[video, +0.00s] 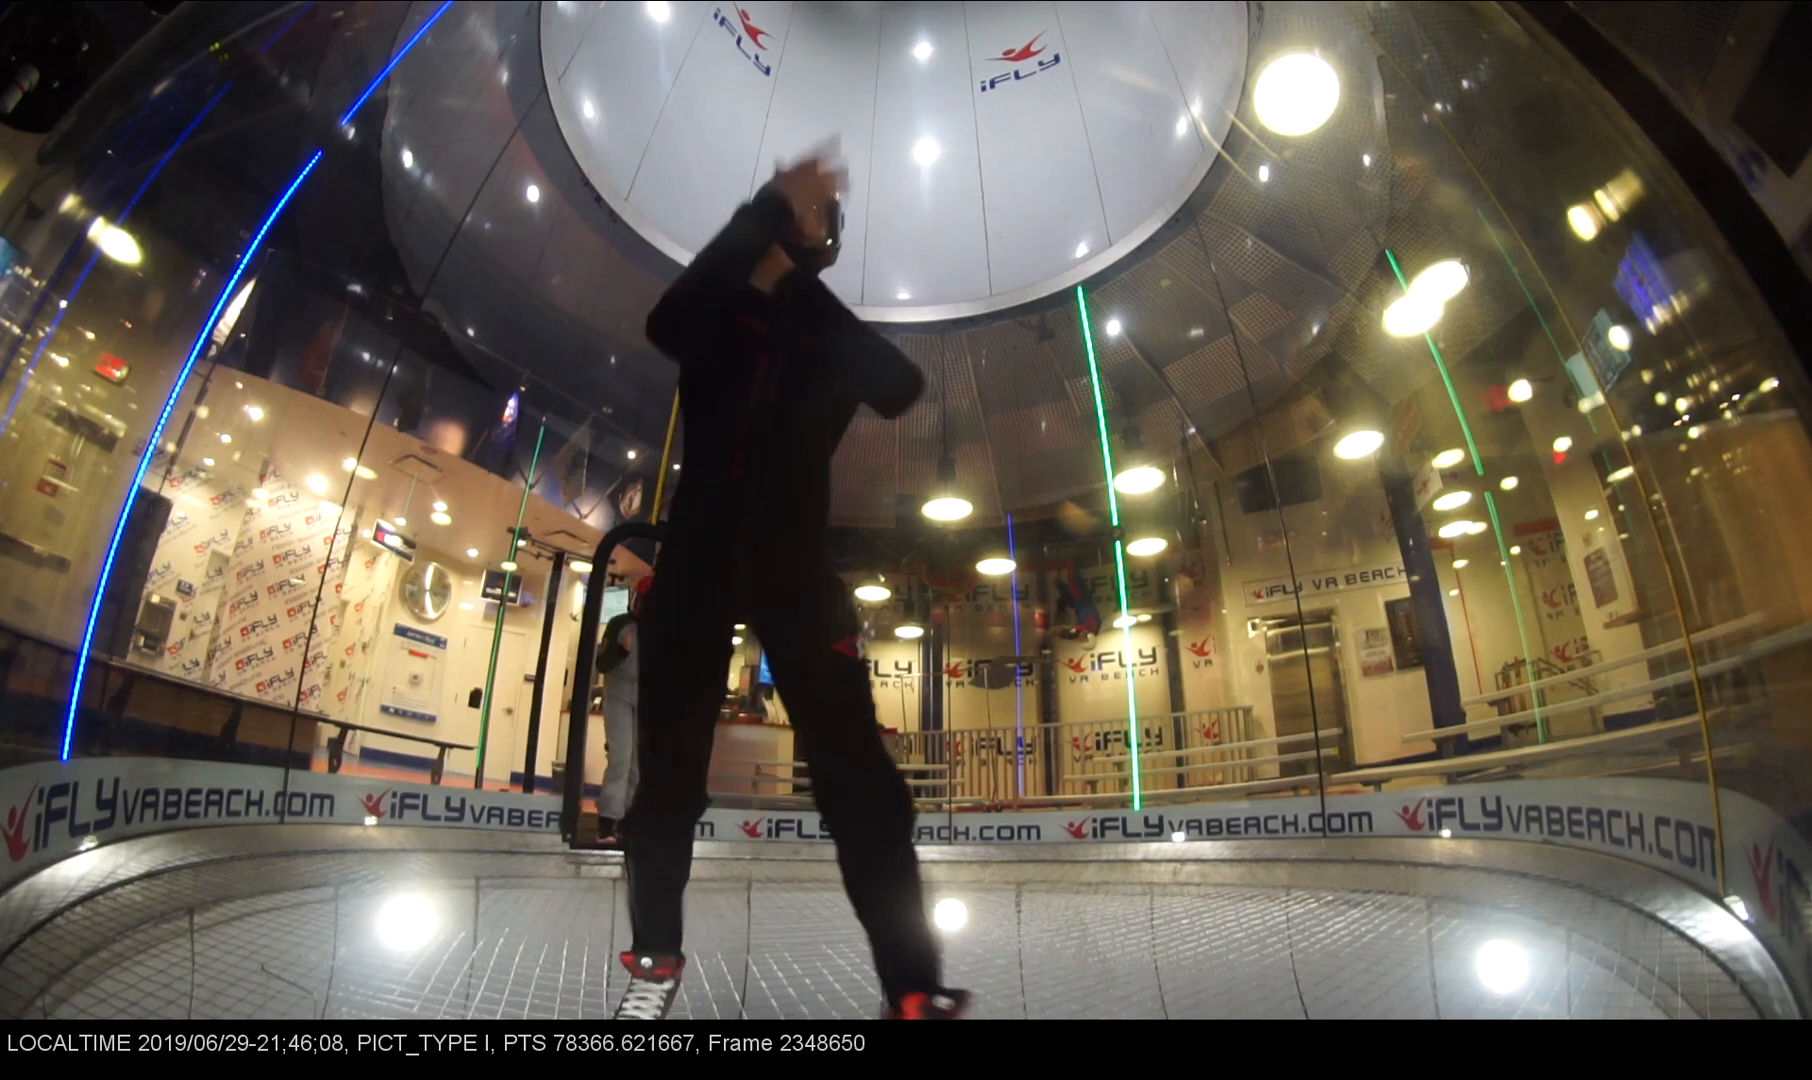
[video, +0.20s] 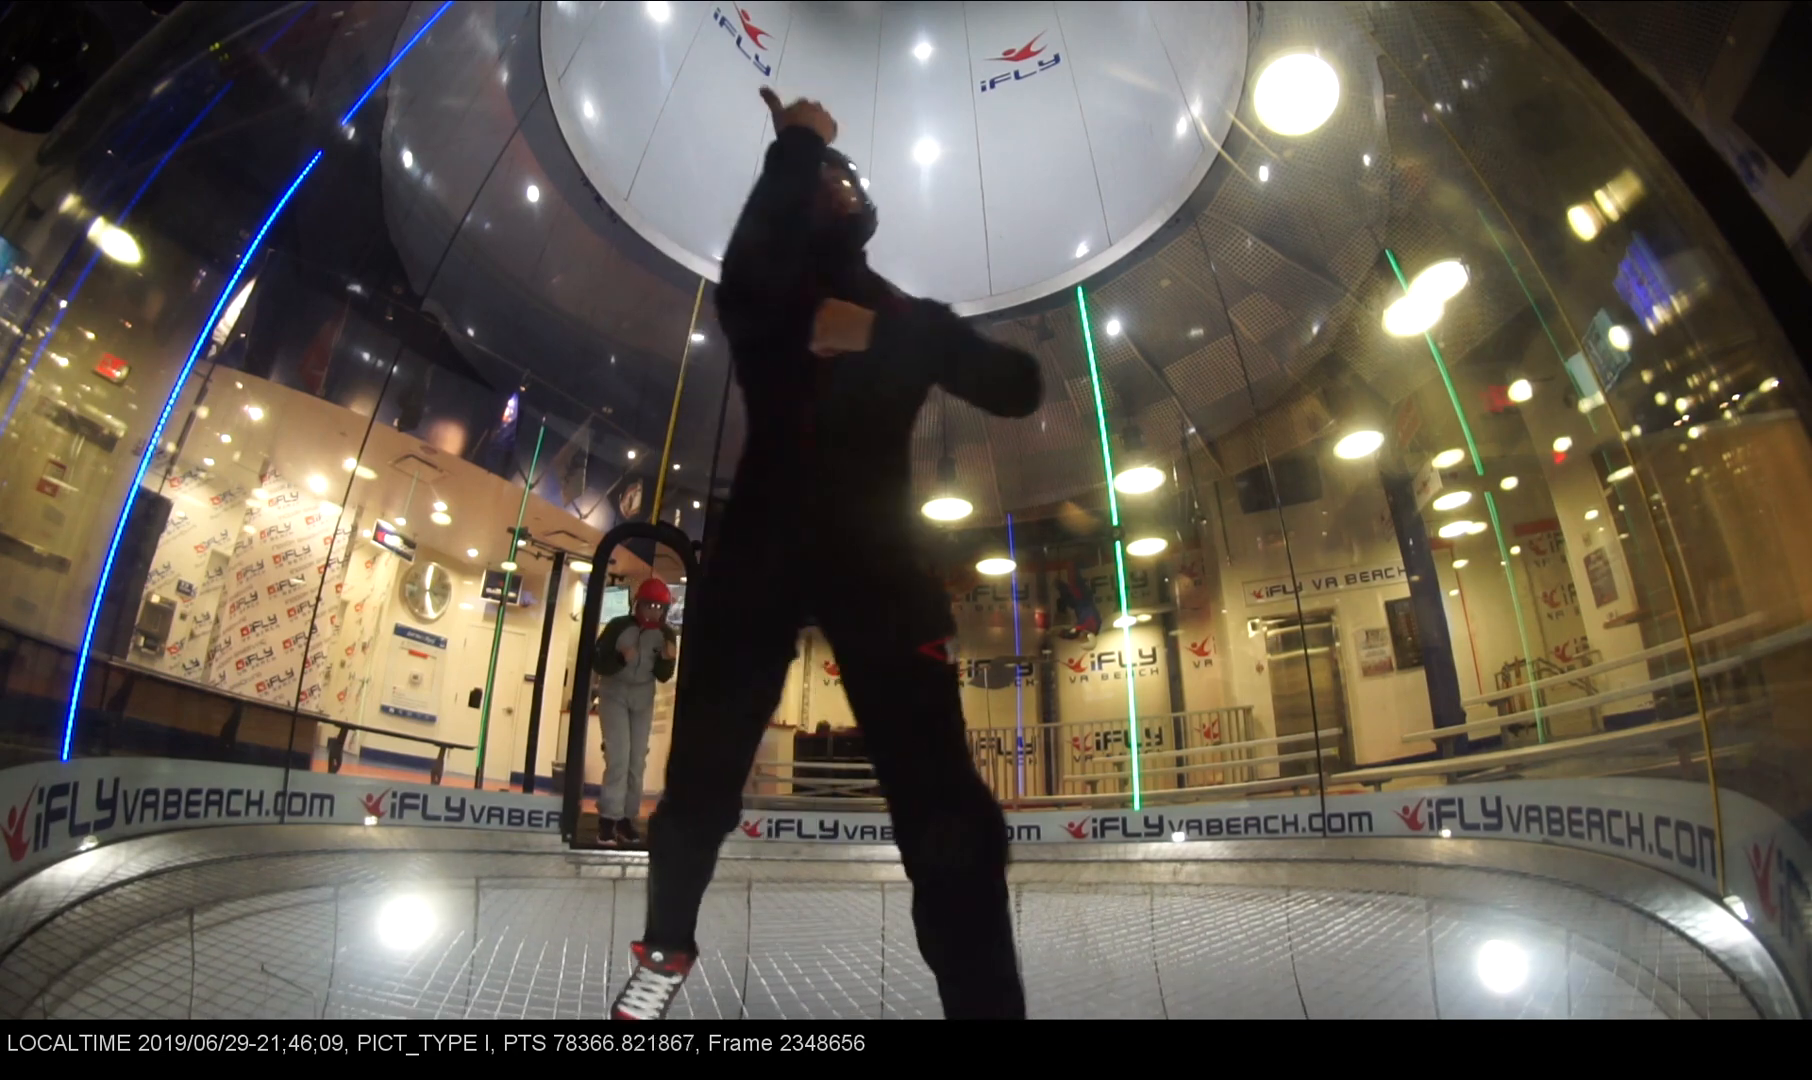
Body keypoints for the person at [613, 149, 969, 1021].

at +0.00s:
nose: (817, 227)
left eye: (827, 218)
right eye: (804, 213)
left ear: (830, 243)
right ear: (765, 230)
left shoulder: (836, 333)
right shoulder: (709, 310)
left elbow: (901, 389)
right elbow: (665, 326)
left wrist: (806, 286)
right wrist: (765, 210)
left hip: (796, 564)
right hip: (696, 558)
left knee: (856, 770)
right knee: (668, 765)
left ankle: (914, 988)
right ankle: (654, 959)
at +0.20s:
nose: (846, 189)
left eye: (853, 181)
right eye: (827, 181)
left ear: (865, 214)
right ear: (792, 201)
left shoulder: (912, 317)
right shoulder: (758, 294)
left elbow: (1022, 387)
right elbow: (762, 234)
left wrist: (892, 333)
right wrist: (796, 141)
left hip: (874, 556)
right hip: (756, 549)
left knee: (944, 808)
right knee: (704, 771)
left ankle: (986, 1008)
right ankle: (664, 953)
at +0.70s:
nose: (937, 121)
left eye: (951, 106)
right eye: (915, 113)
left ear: (982, 140)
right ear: (890, 152)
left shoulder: (1046, 243)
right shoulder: (859, 248)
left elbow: (1145, 360)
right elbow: (775, 355)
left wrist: (1005, 306)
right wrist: (896, 260)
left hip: (1016, 534)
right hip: (883, 532)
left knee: (1027, 804)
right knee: (845, 769)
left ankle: (1016, 1009)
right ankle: (857, 967)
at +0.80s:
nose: (938, 125)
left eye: (952, 110)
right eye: (919, 117)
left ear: (982, 143)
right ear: (898, 156)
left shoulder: (1053, 244)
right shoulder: (863, 259)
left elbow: (1142, 366)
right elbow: (797, 384)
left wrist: (997, 314)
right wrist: (909, 284)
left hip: (1021, 535)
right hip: (891, 537)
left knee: (1029, 802)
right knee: (858, 773)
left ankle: (1017, 1011)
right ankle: (888, 975)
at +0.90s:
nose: (939, 132)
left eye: (955, 116)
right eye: (917, 124)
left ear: (988, 147)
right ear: (894, 161)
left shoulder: (1050, 245)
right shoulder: (865, 275)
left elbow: (1143, 367)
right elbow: (811, 411)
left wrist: (987, 350)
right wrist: (911, 314)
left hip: (1020, 551)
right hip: (895, 556)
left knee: (1022, 811)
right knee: (866, 786)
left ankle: (1014, 1009)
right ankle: (926, 981)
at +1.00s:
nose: (915, 150)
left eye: (934, 131)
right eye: (896, 144)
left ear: (975, 156)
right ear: (885, 178)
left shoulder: (1044, 243)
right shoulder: (870, 291)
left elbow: (1141, 364)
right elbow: (823, 431)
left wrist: (980, 385)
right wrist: (898, 344)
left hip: (1015, 560)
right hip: (897, 569)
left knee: (1017, 811)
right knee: (880, 794)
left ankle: (1016, 1003)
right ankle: (957, 980)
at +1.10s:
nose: (871, 197)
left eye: (883, 177)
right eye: (865, 190)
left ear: (937, 170)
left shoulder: (1027, 236)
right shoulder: (874, 303)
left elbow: (1120, 355)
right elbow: (831, 442)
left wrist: (949, 388)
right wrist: (882, 363)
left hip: (1001, 553)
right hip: (896, 565)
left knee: (1008, 801)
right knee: (893, 792)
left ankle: (1009, 1003)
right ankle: (950, 988)